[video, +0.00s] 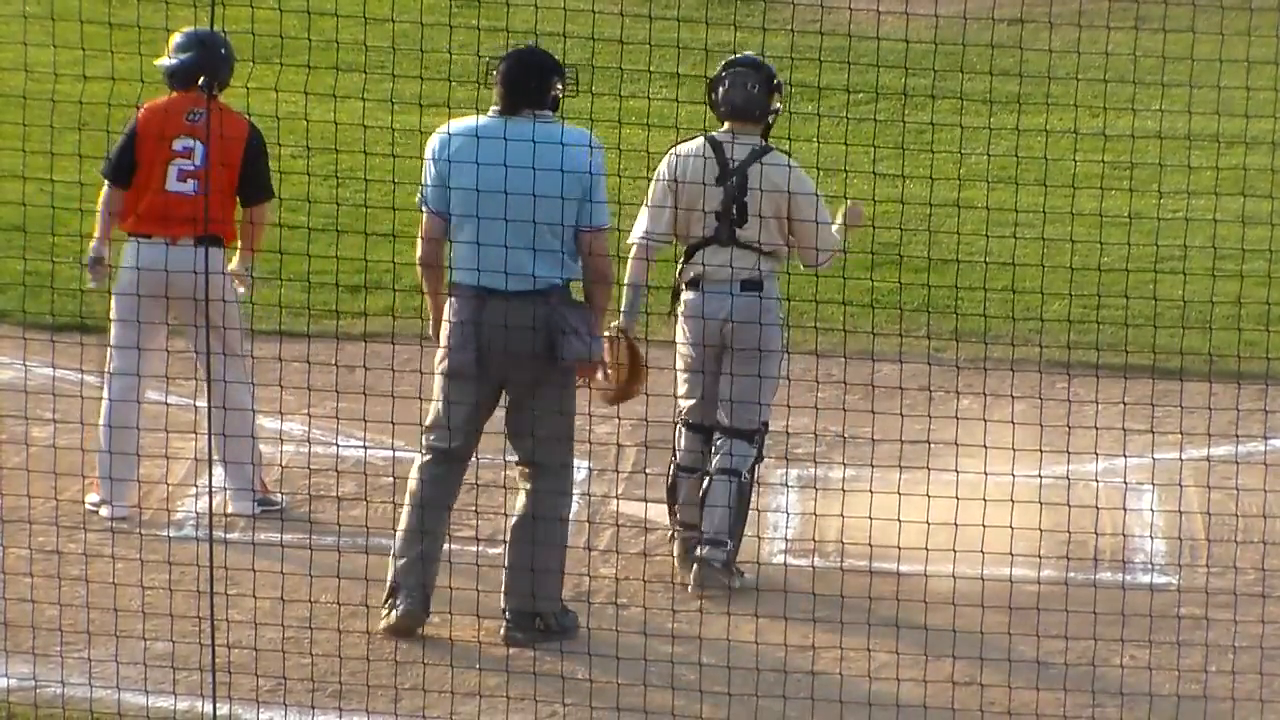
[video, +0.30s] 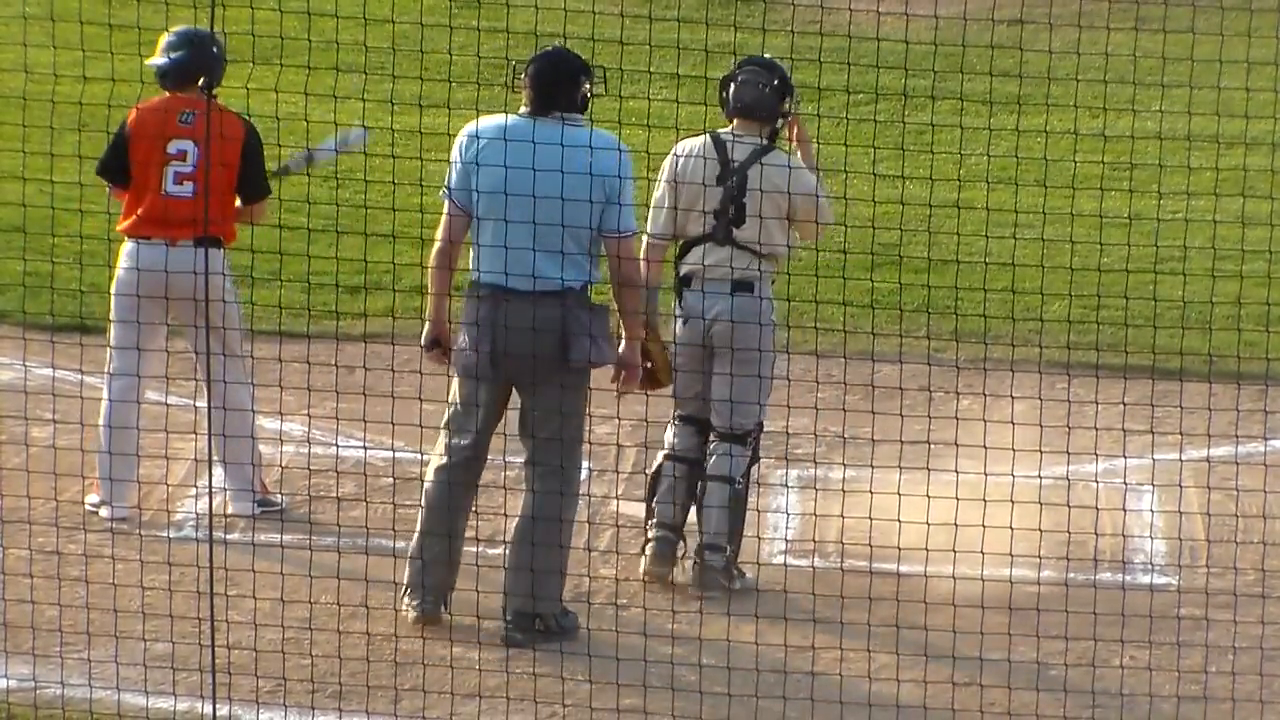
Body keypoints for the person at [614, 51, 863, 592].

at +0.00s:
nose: (770, 108)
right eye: (771, 101)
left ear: (716, 102)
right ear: (769, 108)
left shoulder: (681, 159)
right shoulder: (784, 171)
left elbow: (644, 243)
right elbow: (818, 254)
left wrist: (627, 315)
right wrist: (842, 228)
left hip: (696, 306)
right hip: (757, 310)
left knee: (693, 423)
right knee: (740, 434)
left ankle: (684, 539)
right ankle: (714, 554)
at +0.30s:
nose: (785, 113)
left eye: (781, 105)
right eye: (784, 106)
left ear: (726, 103)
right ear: (778, 111)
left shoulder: (685, 155)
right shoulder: (784, 168)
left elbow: (654, 246)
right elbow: (817, 222)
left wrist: (646, 318)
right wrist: (804, 158)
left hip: (690, 304)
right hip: (748, 309)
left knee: (687, 420)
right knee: (734, 434)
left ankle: (661, 541)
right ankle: (715, 559)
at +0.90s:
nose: (728, 124)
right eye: (729, 116)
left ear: (670, 111)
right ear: (723, 119)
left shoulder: (626, 164)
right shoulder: (735, 175)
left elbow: (606, 250)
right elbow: (745, 237)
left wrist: (598, 332)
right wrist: (724, 162)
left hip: (638, 315)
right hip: (701, 319)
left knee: (635, 439)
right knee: (708, 440)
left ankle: (627, 568)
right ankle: (714, 564)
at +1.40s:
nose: (709, 121)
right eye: (708, 114)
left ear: (650, 113)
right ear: (704, 117)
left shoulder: (619, 167)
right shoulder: (722, 171)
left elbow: (606, 246)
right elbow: (740, 234)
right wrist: (712, 161)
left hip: (634, 317)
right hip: (695, 319)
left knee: (633, 444)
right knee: (697, 445)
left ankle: (627, 569)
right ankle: (695, 574)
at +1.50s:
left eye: (657, 106)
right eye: (707, 110)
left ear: (655, 110)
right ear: (711, 114)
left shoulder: (626, 167)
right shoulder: (732, 176)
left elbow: (611, 249)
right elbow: (743, 254)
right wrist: (688, 237)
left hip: (639, 319)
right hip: (702, 322)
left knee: (630, 442)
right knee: (700, 446)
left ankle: (623, 571)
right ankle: (697, 576)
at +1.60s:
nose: (656, 118)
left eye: (658, 110)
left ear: (659, 113)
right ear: (714, 118)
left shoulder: (631, 171)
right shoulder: (737, 178)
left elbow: (613, 251)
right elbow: (751, 259)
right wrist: (700, 240)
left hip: (643, 318)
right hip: (707, 320)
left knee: (623, 436)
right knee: (704, 446)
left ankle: (610, 560)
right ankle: (698, 575)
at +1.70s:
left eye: (658, 113)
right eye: (712, 116)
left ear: (658, 116)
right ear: (713, 120)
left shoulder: (629, 172)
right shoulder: (737, 181)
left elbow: (610, 254)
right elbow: (750, 269)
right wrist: (711, 246)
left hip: (641, 316)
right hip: (707, 320)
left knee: (619, 432)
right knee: (703, 446)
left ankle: (602, 561)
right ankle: (696, 576)